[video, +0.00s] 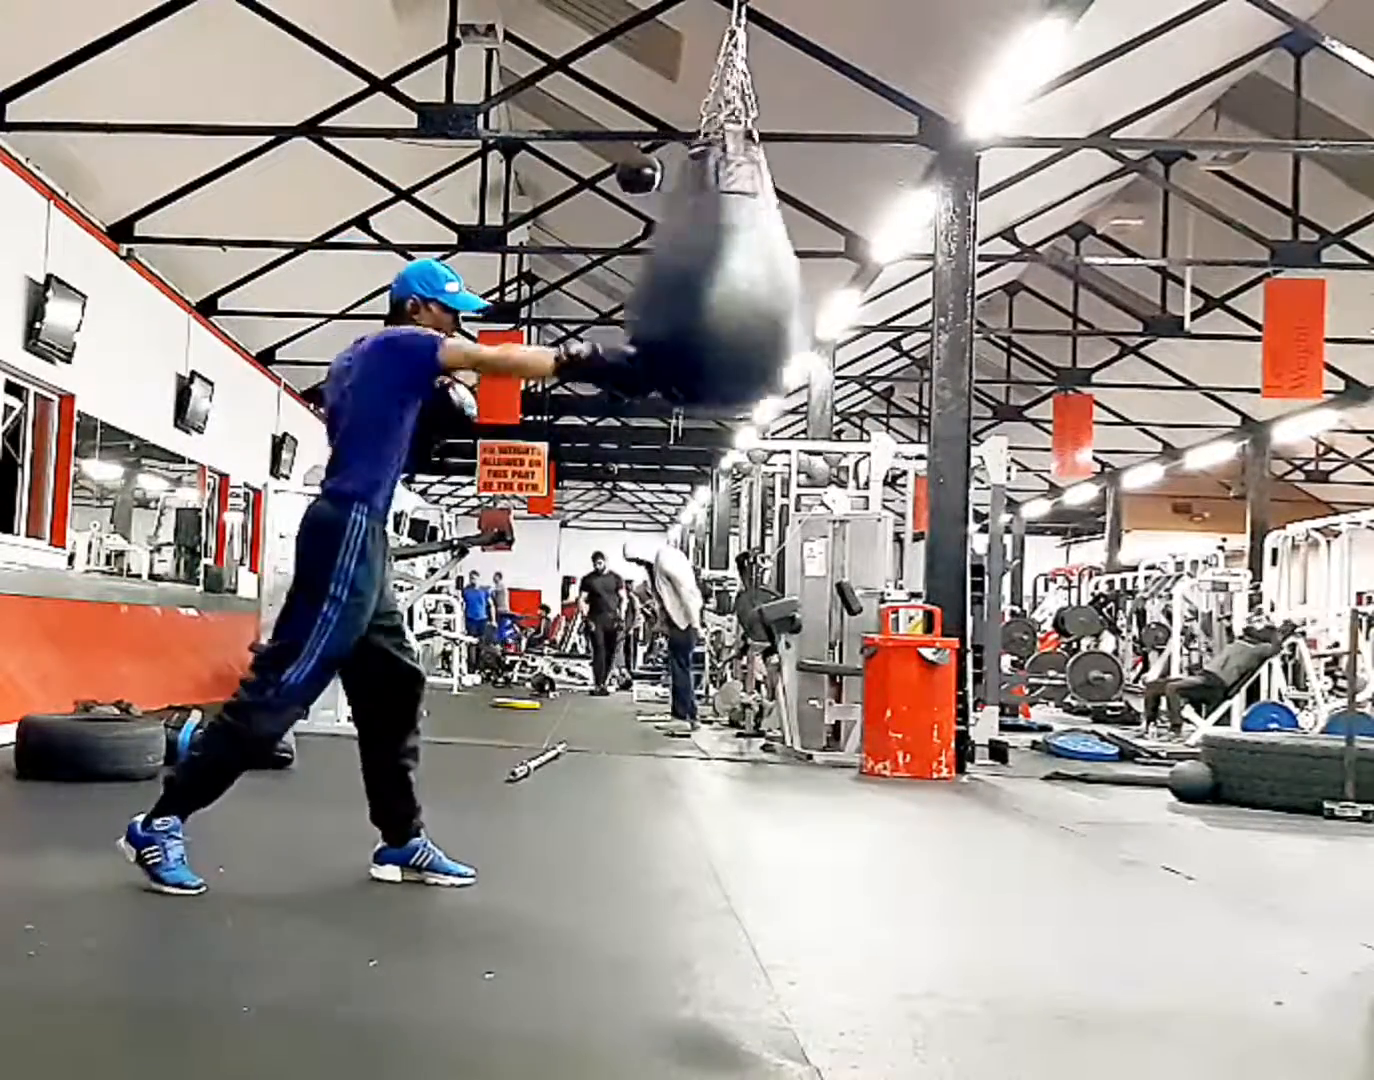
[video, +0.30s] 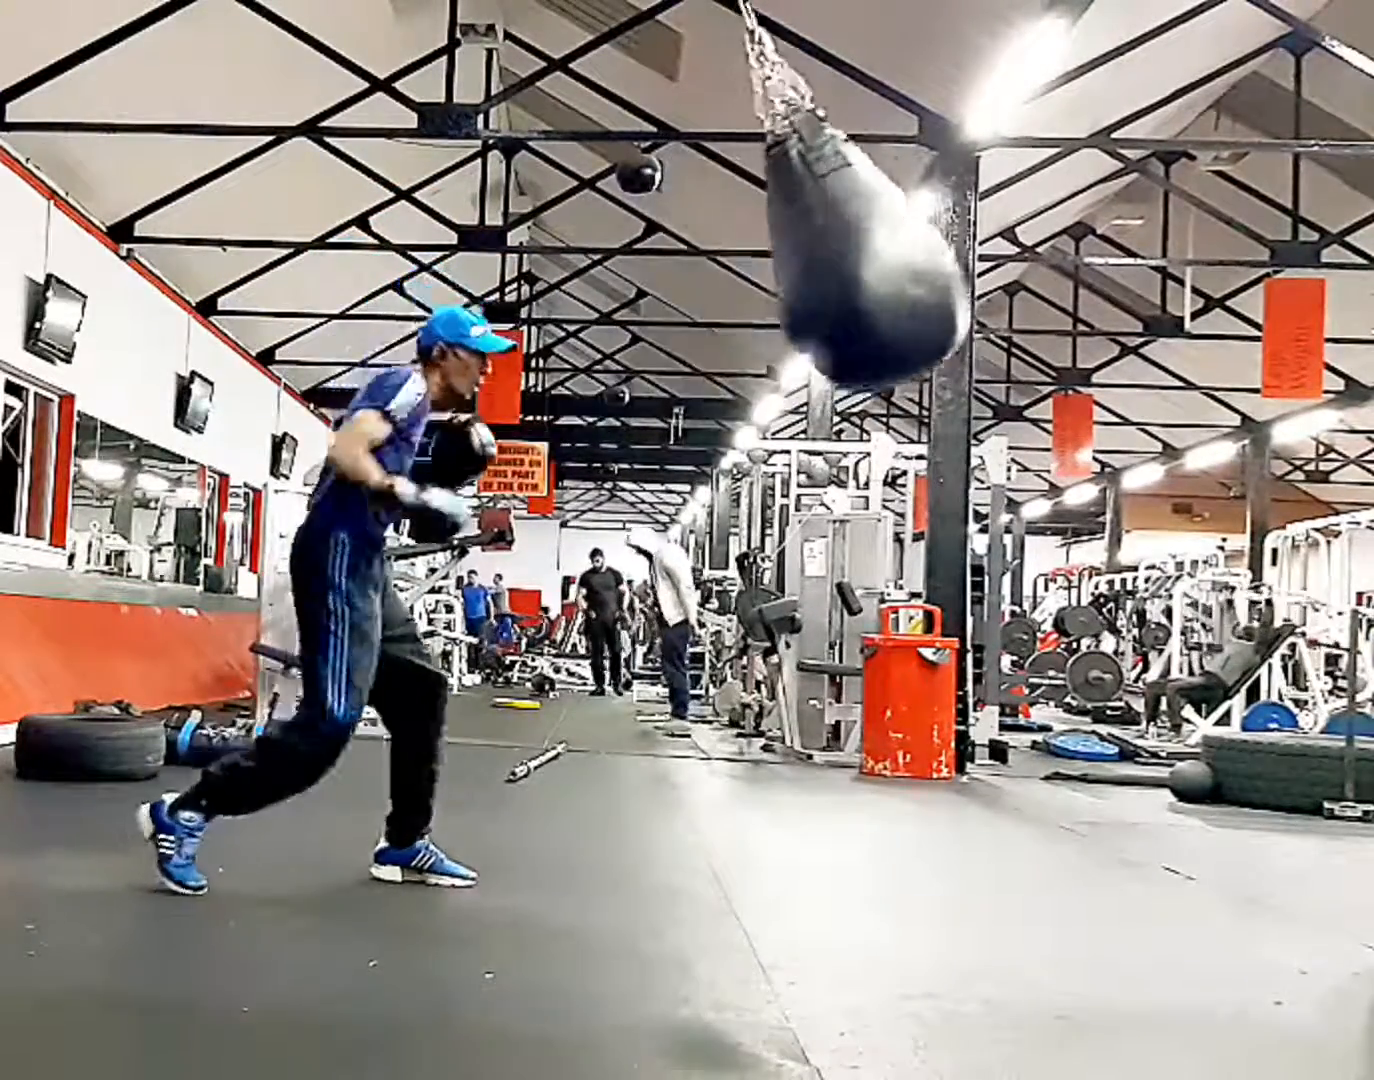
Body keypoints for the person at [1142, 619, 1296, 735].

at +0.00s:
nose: (1255, 628)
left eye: (1261, 628)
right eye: (1258, 626)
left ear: (1263, 635)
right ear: (1253, 631)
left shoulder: (1259, 650)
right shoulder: (1237, 643)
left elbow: (1276, 649)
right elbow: (1225, 645)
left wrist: (1275, 634)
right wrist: (1225, 627)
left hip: (1217, 681)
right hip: (1203, 674)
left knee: (1172, 687)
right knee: (1152, 687)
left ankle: (1176, 732)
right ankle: (1147, 729)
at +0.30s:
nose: (1238, 631)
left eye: (1243, 630)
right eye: (1241, 629)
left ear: (1246, 635)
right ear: (1250, 636)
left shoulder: (1248, 649)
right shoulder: (1236, 644)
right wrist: (1229, 606)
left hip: (1218, 680)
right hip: (1206, 675)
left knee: (1172, 688)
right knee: (1152, 688)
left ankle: (1176, 730)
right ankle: (1148, 727)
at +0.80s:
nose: (1265, 632)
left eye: (1265, 630)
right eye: (1262, 629)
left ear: (1260, 636)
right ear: (1253, 633)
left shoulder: (1261, 651)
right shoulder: (1239, 643)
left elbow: (1281, 657)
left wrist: (1276, 640)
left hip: (1217, 683)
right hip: (1203, 674)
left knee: (1173, 688)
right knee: (1151, 688)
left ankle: (1176, 731)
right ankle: (1148, 728)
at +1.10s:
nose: (1252, 628)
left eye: (1258, 627)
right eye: (1253, 626)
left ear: (1262, 635)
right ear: (1250, 630)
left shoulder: (1260, 651)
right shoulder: (1237, 642)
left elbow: (1276, 645)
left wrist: (1280, 633)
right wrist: (1223, 625)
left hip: (1218, 682)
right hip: (1204, 675)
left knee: (1173, 688)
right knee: (1152, 687)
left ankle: (1176, 732)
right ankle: (1148, 729)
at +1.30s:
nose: (1246, 634)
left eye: (1250, 633)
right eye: (1246, 632)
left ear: (1251, 638)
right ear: (1251, 637)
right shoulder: (1232, 644)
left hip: (1217, 683)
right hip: (1201, 677)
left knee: (1174, 687)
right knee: (1151, 688)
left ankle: (1176, 730)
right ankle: (1148, 727)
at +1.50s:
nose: (1247, 633)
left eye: (1249, 632)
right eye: (1243, 631)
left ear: (1252, 635)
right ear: (1239, 633)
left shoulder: (1254, 652)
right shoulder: (1233, 645)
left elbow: (1268, 630)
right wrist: (1229, 603)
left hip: (1218, 682)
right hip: (1202, 676)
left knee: (1174, 688)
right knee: (1152, 688)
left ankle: (1176, 730)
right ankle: (1149, 727)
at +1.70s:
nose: (1257, 629)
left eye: (1262, 627)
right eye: (1258, 627)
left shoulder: (1255, 653)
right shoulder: (1236, 642)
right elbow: (1236, 627)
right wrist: (1229, 606)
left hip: (1218, 682)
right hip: (1204, 675)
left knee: (1173, 688)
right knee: (1152, 688)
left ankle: (1175, 732)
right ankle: (1148, 727)